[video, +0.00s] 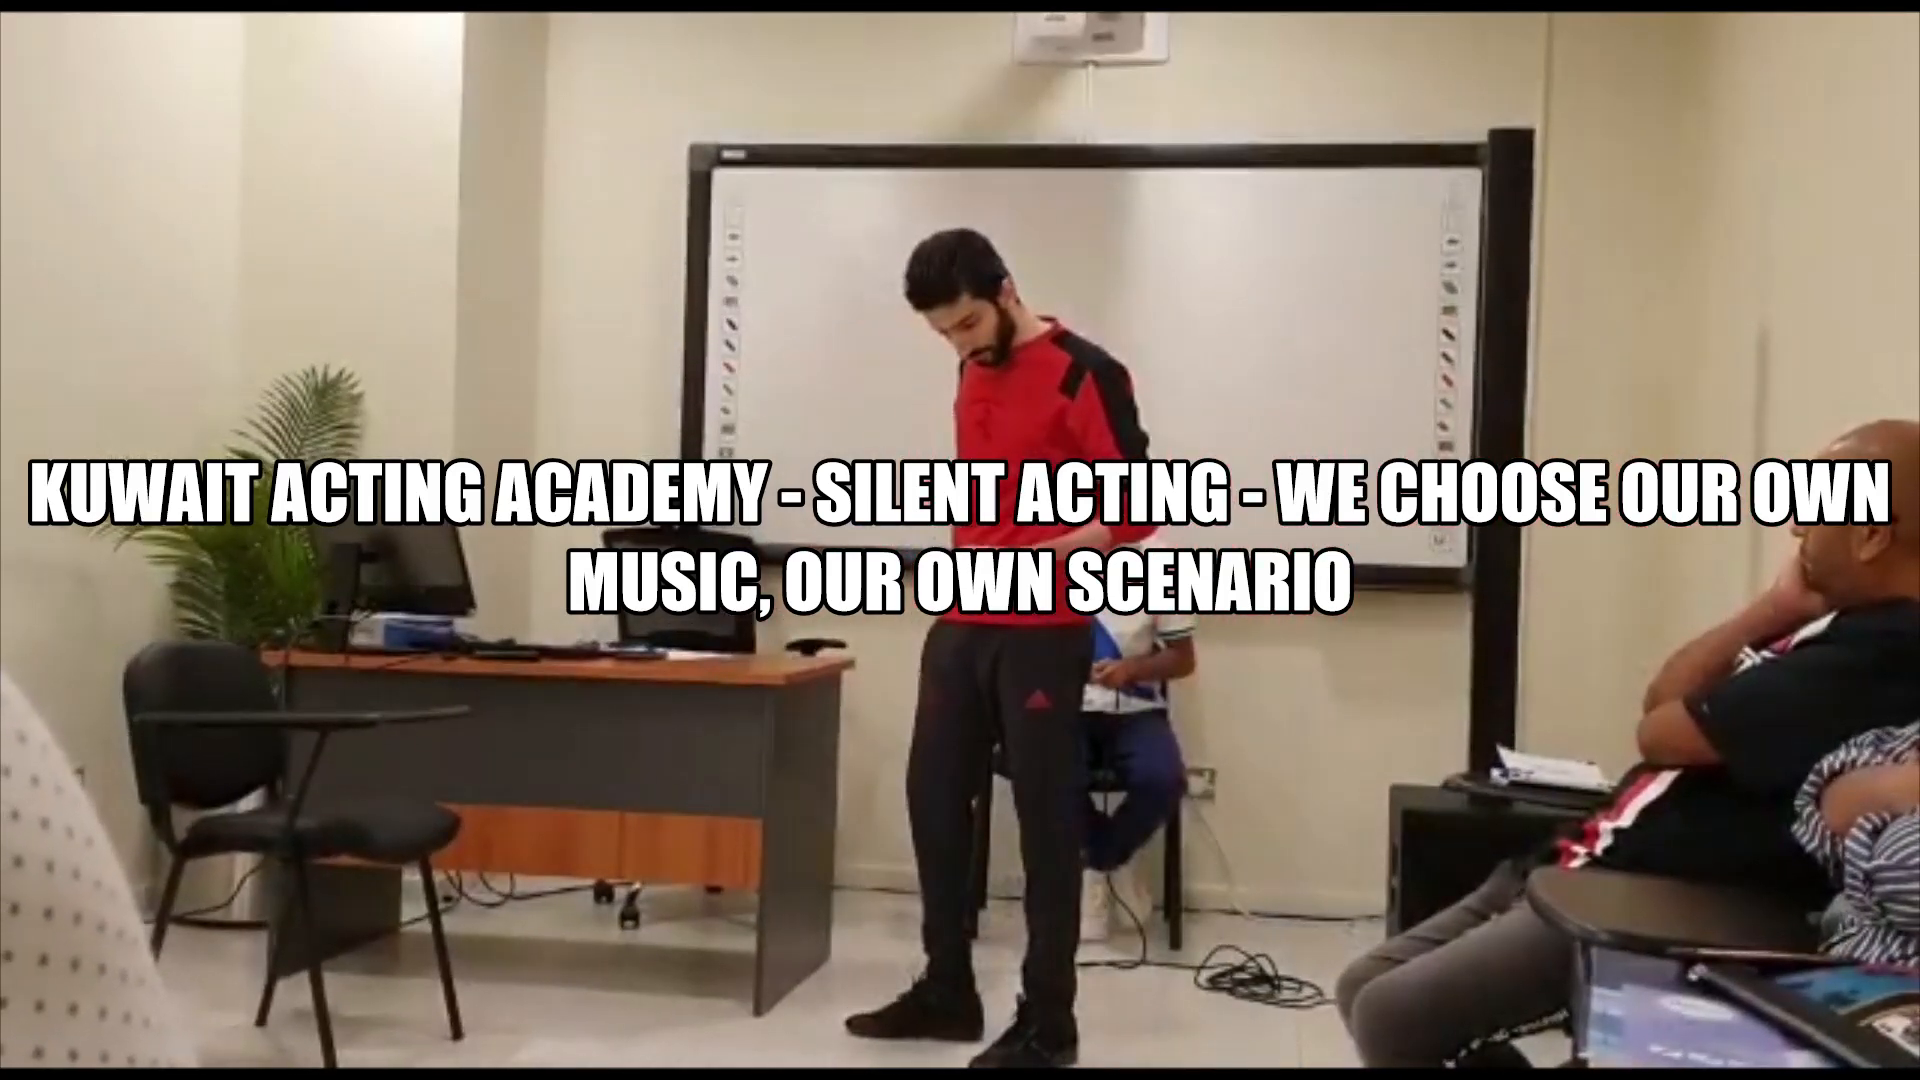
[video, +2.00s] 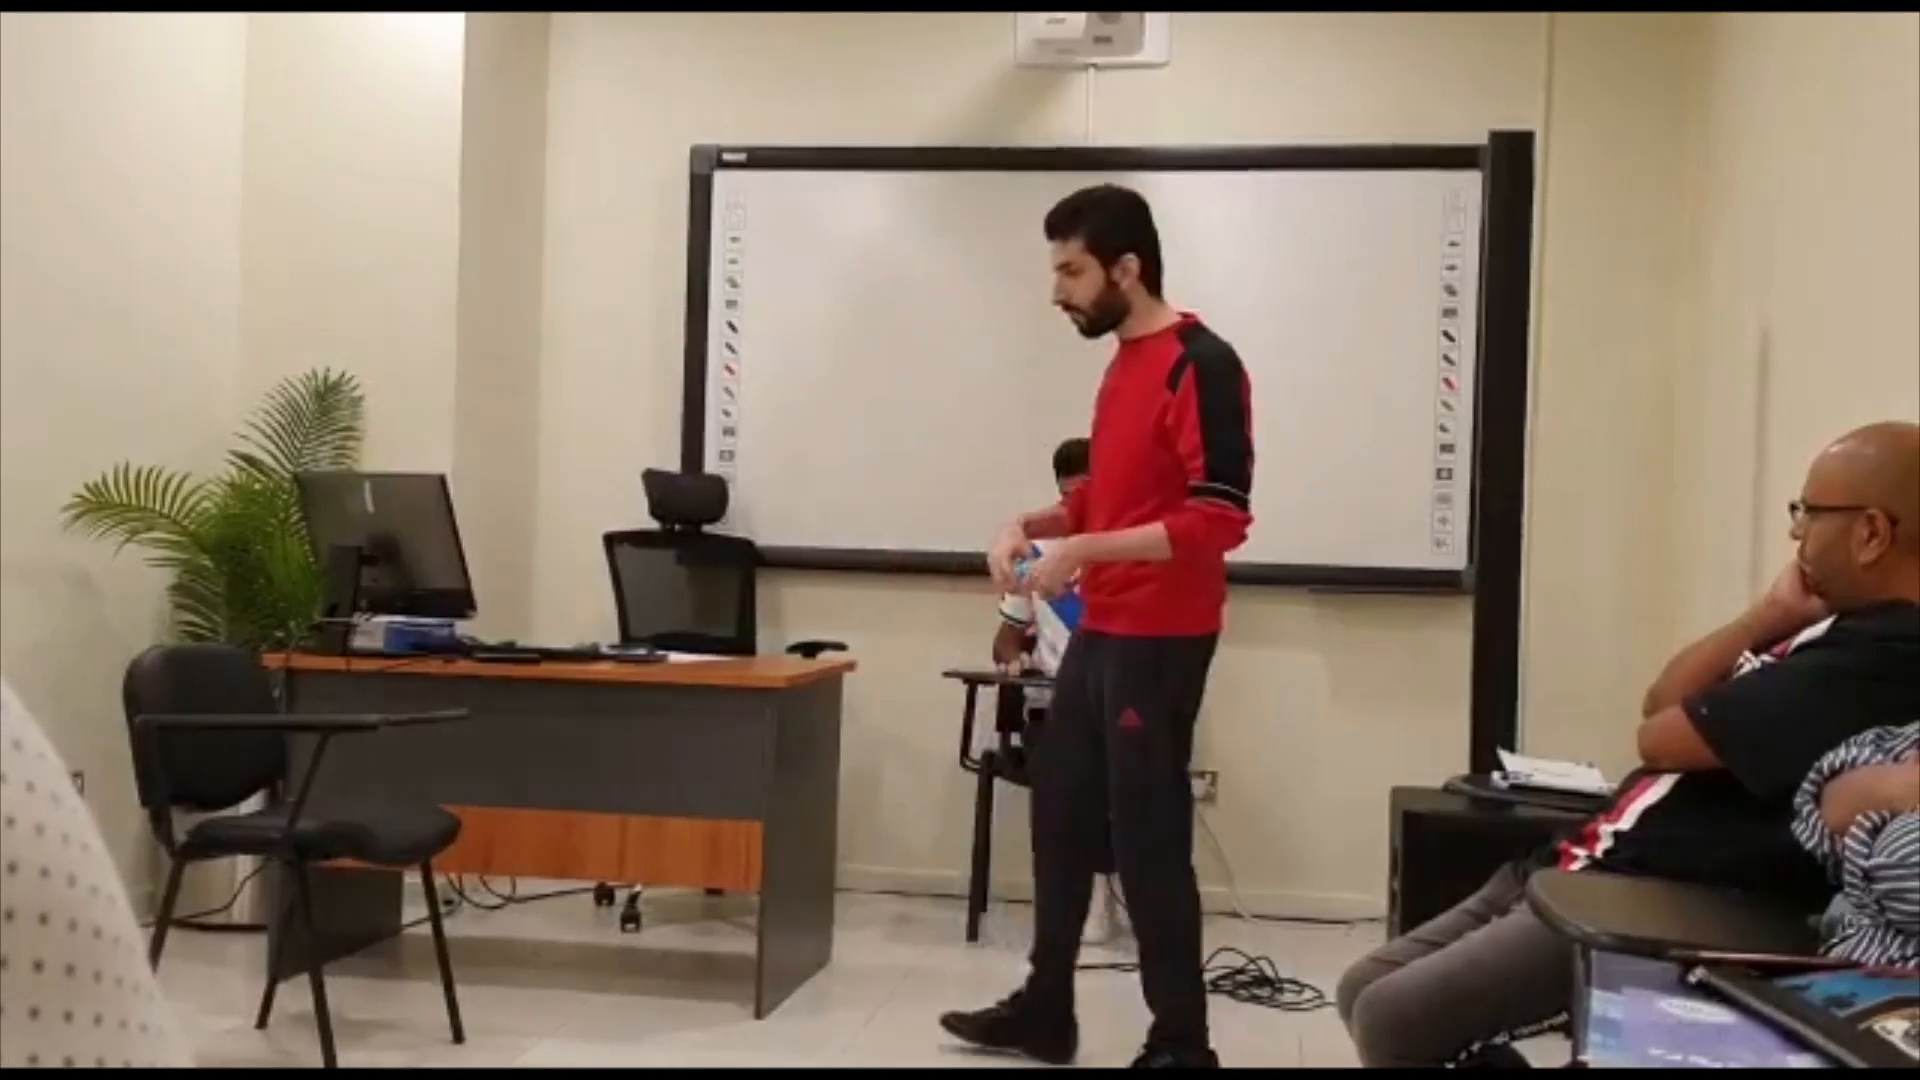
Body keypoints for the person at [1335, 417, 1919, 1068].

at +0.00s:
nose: (1798, 535)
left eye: (1816, 513)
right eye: (1803, 513)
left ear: (1877, 534)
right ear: (1876, 536)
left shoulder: (1883, 647)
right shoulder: (1848, 625)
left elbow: (1664, 737)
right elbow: (1666, 695)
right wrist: (1783, 604)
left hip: (1640, 903)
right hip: (1589, 861)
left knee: (1388, 1017)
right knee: (1363, 985)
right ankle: (1491, 1061)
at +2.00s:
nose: (1796, 538)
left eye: (1807, 517)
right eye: (1799, 516)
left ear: (1874, 532)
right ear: (1874, 532)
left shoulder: (1881, 651)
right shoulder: (1848, 628)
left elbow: (1663, 744)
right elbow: (1661, 702)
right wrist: (1778, 612)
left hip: (1640, 906)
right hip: (1586, 863)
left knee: (1388, 1022)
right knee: (1364, 987)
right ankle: (1486, 1060)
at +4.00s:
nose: (1800, 536)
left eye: (1814, 516)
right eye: (1805, 516)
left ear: (1879, 534)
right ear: (1879, 534)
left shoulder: (1882, 653)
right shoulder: (1853, 629)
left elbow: (1666, 744)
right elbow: (1663, 703)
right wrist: (1781, 612)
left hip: (1637, 910)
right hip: (1589, 867)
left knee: (1389, 1024)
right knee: (1364, 989)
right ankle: (1511, 1058)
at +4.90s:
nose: (1800, 537)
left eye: (1813, 517)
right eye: (1804, 516)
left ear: (1880, 534)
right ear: (1880, 535)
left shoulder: (1882, 654)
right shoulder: (1856, 630)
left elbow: (1667, 745)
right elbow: (1665, 705)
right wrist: (1781, 614)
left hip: (1635, 909)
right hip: (1585, 866)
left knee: (1387, 1023)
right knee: (1366, 989)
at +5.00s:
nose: (1800, 536)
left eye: (1813, 516)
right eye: (1805, 515)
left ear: (1880, 535)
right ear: (1880, 535)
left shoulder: (1880, 655)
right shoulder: (1857, 630)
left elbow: (1667, 744)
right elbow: (1666, 706)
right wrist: (1781, 614)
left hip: (1631, 910)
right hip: (1582, 867)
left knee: (1388, 1023)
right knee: (1367, 991)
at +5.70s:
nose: (1799, 535)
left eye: (1811, 516)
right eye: (1803, 515)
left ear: (1878, 534)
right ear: (1879, 534)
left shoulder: (1879, 654)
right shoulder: (1853, 628)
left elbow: (1664, 743)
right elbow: (1663, 702)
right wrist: (1780, 612)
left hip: (1626, 909)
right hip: (1578, 866)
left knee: (1385, 1023)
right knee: (1362, 990)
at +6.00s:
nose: (1799, 538)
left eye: (1811, 518)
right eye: (1803, 518)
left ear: (1878, 534)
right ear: (1879, 534)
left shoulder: (1882, 656)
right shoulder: (1853, 631)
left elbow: (1663, 743)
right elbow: (1662, 704)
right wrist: (1779, 614)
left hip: (1626, 907)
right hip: (1579, 863)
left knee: (1383, 1024)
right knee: (1363, 989)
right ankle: (1474, 1062)